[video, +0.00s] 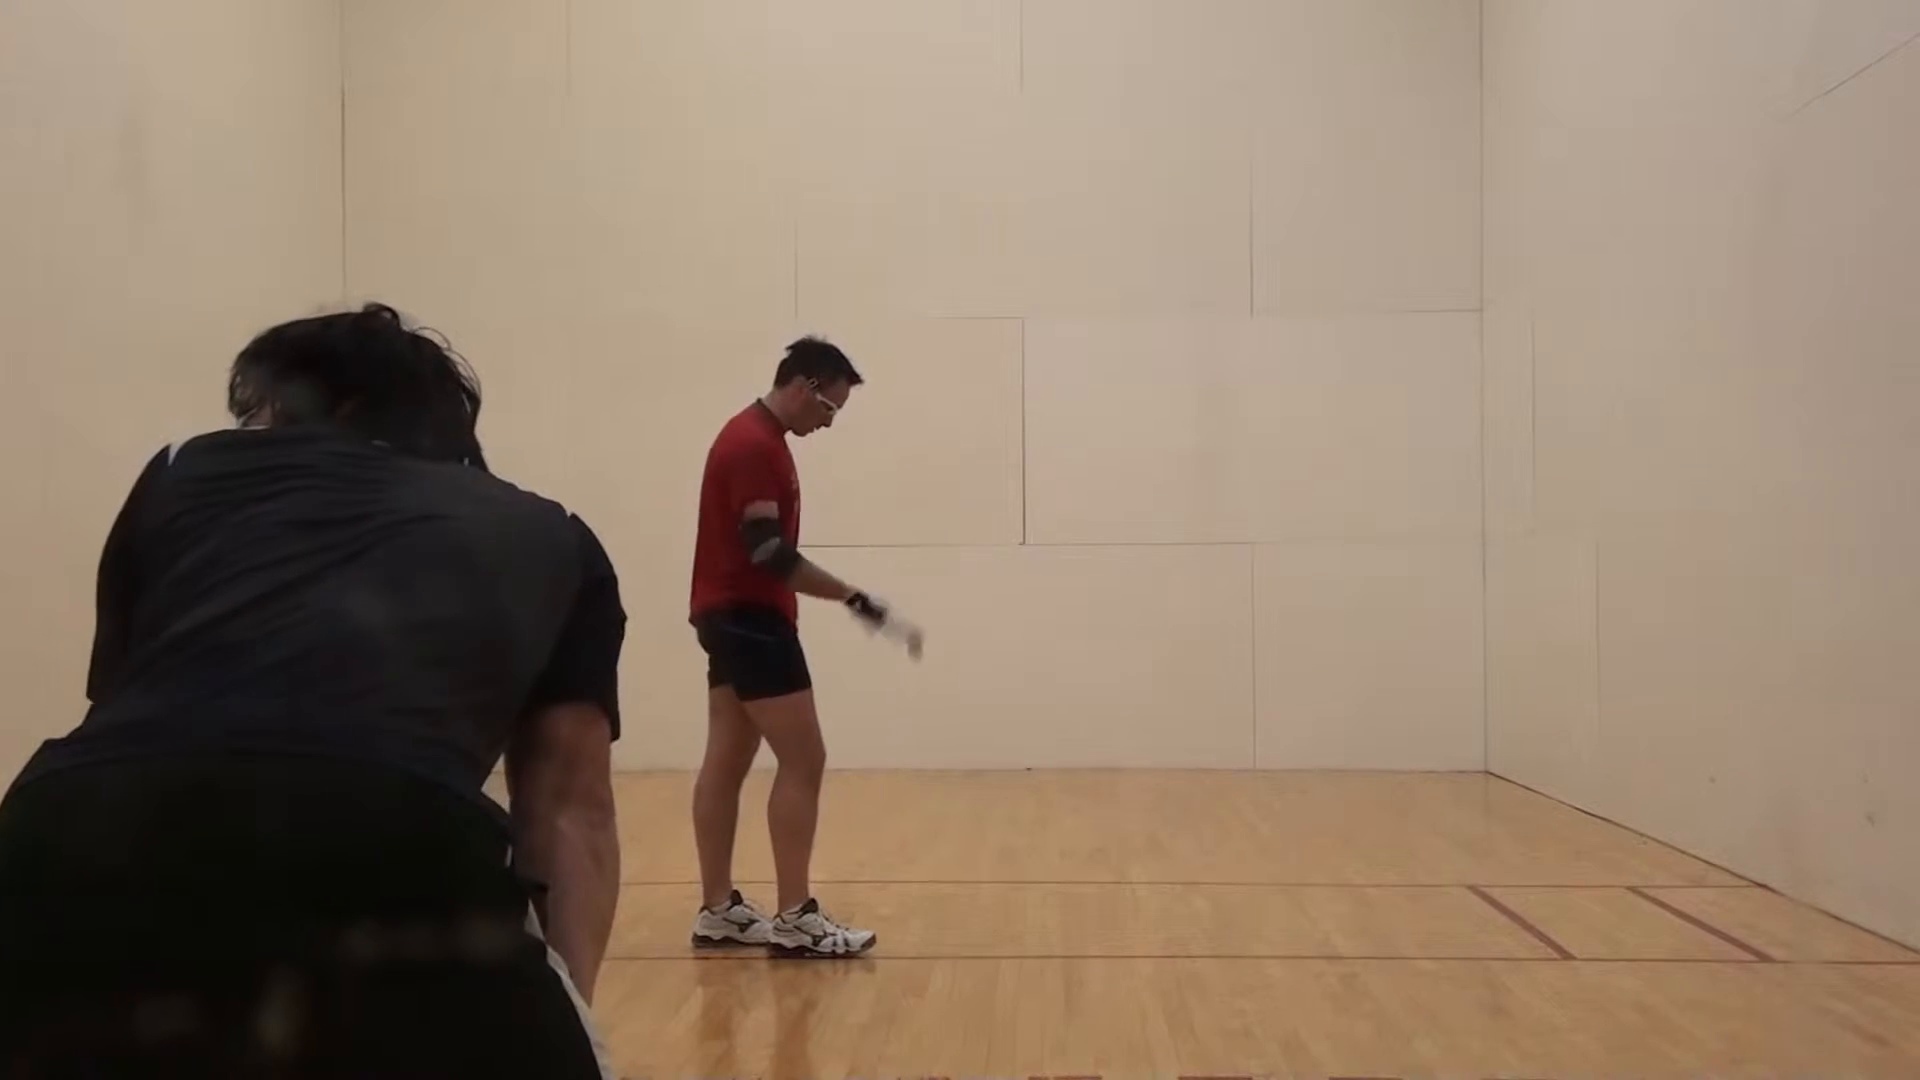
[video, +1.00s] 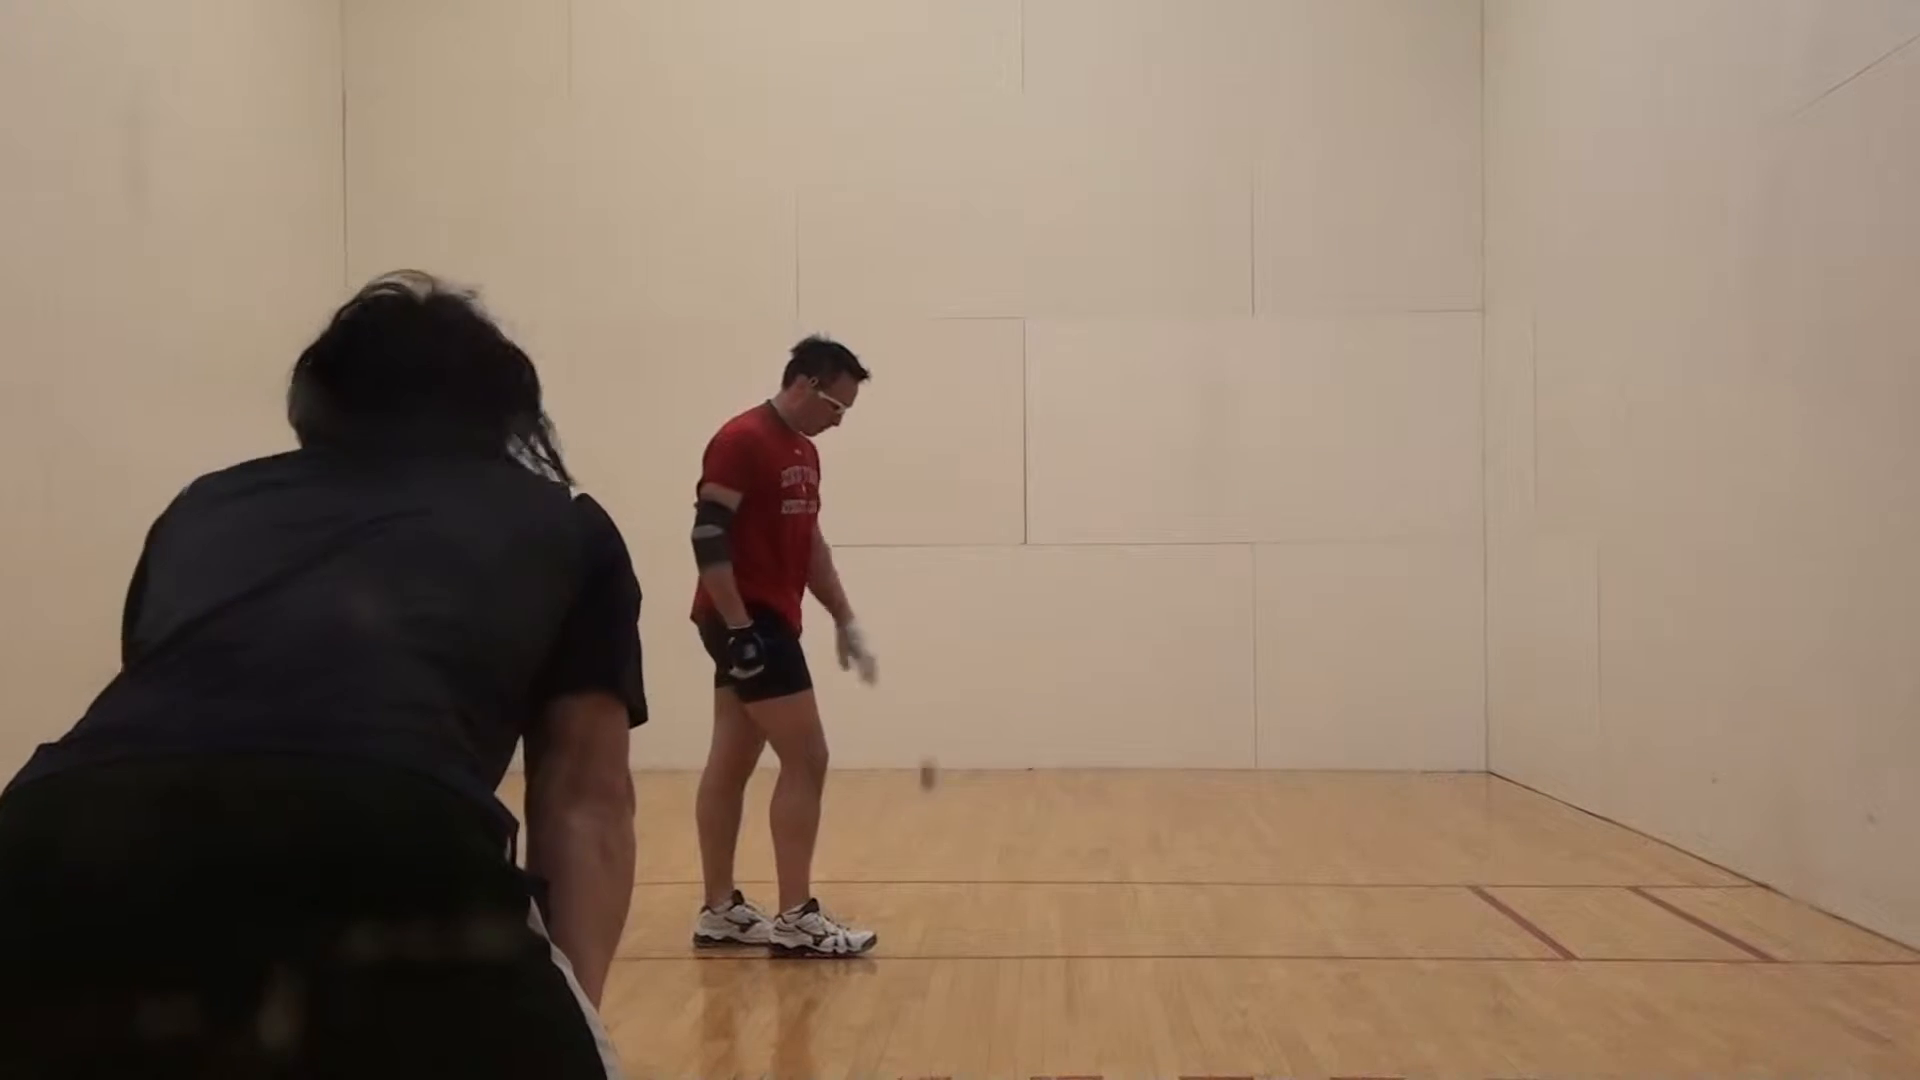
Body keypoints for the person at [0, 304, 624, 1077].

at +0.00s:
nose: (240, 430)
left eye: (252, 414)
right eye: (243, 416)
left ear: (285, 415)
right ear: (448, 438)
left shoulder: (180, 473)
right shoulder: (551, 535)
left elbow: (114, 708)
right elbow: (570, 806)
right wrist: (559, 1018)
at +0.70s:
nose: (254, 434)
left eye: (266, 416)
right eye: (258, 416)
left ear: (309, 412)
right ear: (465, 429)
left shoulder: (192, 470)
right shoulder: (563, 526)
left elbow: (128, 707)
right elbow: (582, 803)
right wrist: (568, 1023)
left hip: (75, 855)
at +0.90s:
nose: (534, 464)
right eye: (528, 446)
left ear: (306, 415)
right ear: (503, 431)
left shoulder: (190, 492)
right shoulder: (562, 524)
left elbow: (140, 709)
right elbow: (583, 795)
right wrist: (568, 1015)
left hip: (70, 851)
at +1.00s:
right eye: (513, 420)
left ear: (321, 413)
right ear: (496, 417)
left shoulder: (201, 502)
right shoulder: (564, 525)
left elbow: (148, 712)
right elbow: (586, 796)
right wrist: (565, 1018)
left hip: (63, 852)